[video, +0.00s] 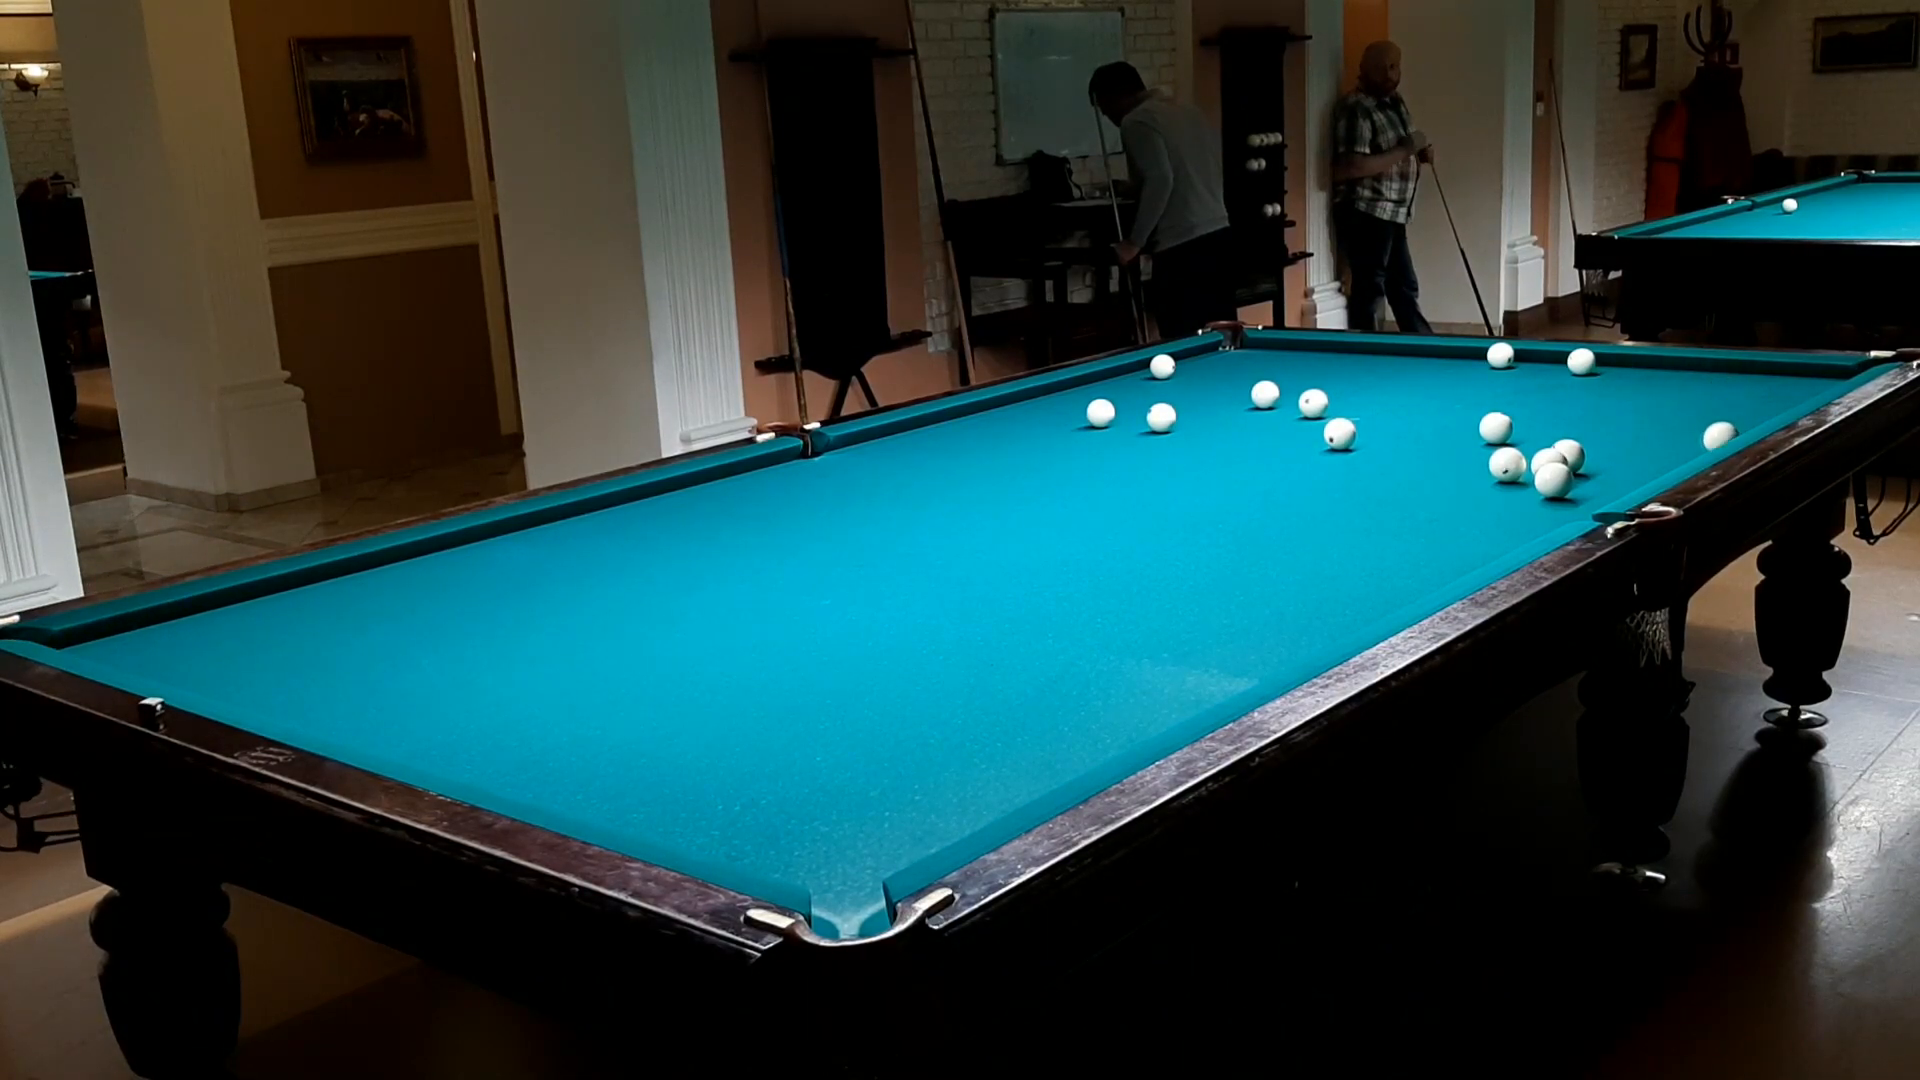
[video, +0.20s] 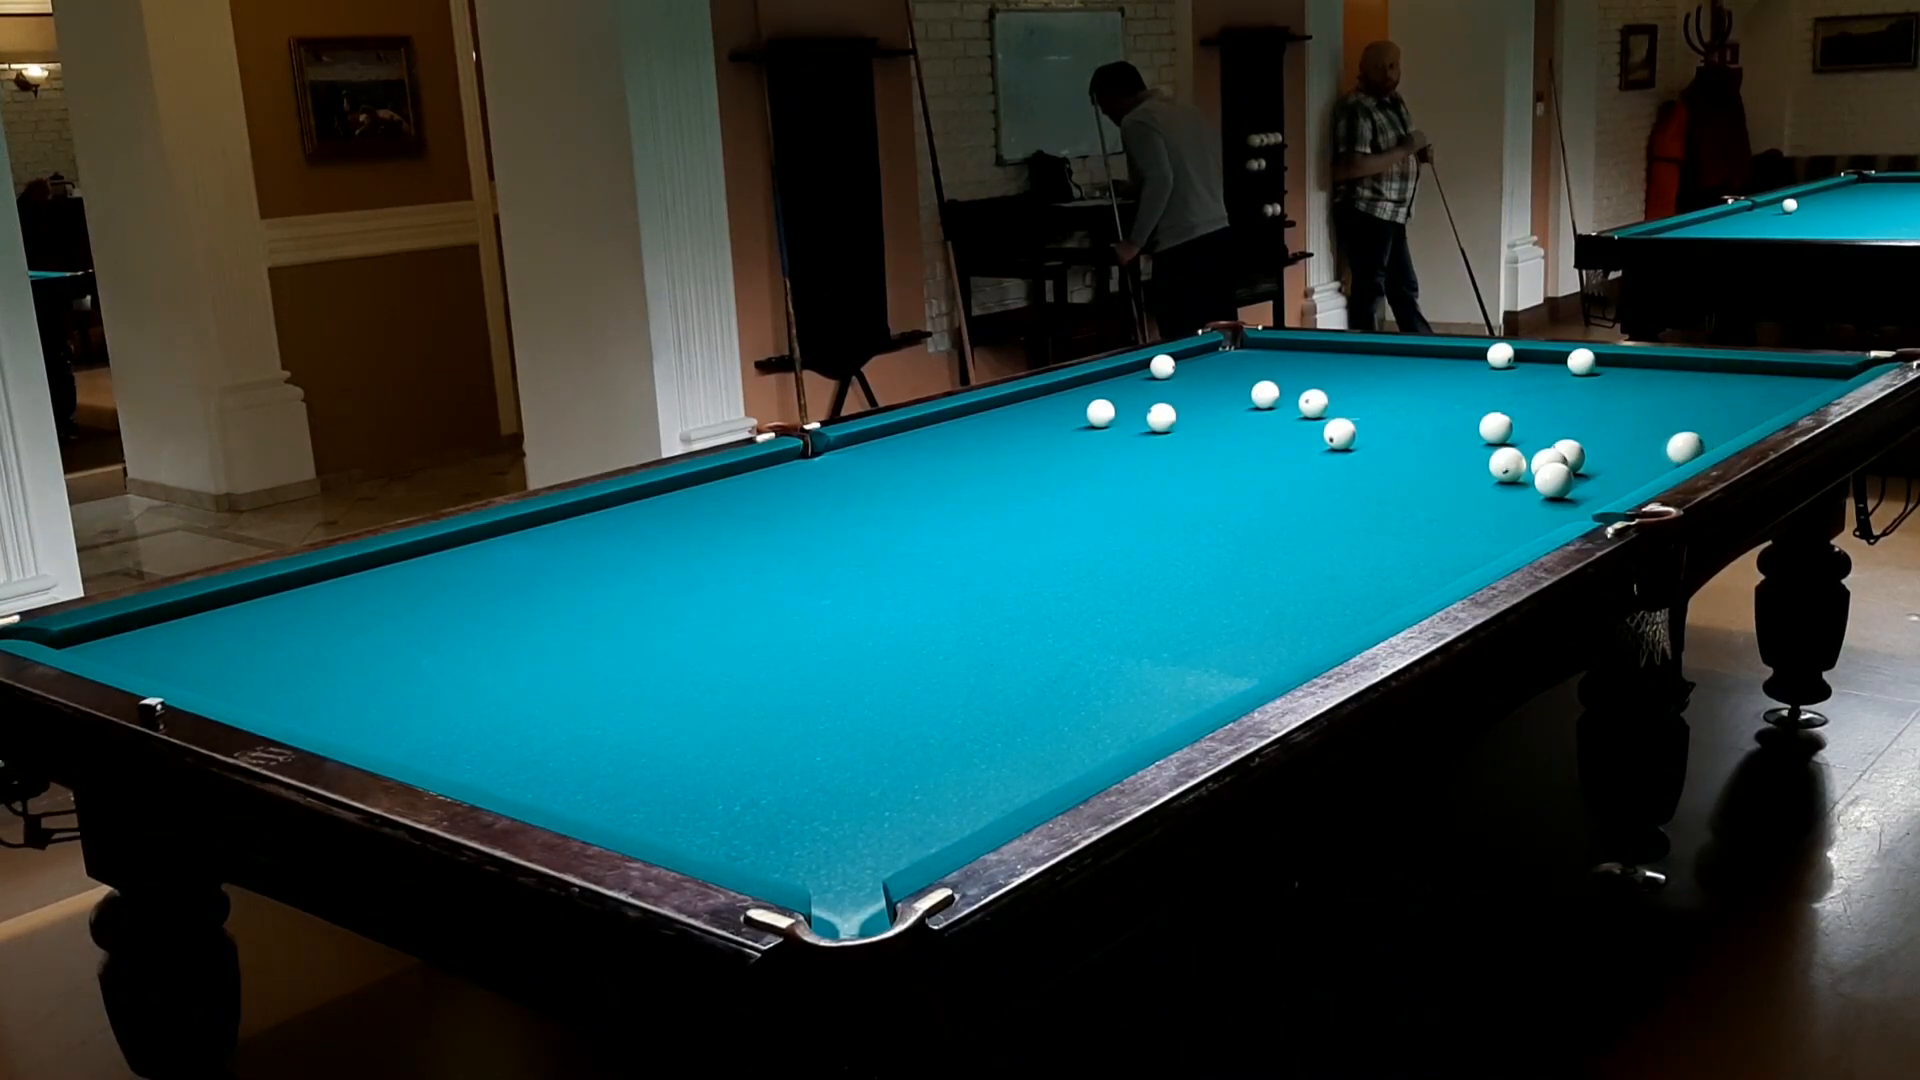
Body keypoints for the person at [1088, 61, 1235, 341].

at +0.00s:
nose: (1107, 116)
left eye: (1104, 107)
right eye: (1102, 109)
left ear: (1113, 99)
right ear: (1138, 86)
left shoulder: (1137, 122)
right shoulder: (1183, 110)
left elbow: (1159, 180)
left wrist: (1134, 243)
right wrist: (1138, 188)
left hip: (1182, 250)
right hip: (1220, 238)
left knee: (1180, 344)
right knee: (1220, 336)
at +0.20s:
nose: (1107, 114)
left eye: (1104, 106)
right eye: (1103, 108)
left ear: (1114, 99)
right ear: (1139, 86)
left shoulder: (1137, 122)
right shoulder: (1181, 109)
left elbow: (1159, 180)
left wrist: (1134, 243)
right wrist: (1137, 188)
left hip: (1182, 249)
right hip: (1219, 238)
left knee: (1181, 343)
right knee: (1221, 335)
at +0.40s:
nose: (1109, 112)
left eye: (1106, 104)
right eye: (1104, 106)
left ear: (1118, 96)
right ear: (1141, 84)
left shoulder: (1139, 122)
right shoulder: (1184, 109)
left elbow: (1159, 180)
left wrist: (1134, 243)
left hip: (1181, 250)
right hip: (1219, 238)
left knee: (1181, 344)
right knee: (1221, 335)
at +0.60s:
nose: (1111, 110)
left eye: (1109, 102)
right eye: (1107, 103)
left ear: (1120, 94)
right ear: (1144, 82)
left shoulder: (1140, 121)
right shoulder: (1188, 110)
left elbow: (1160, 181)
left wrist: (1134, 243)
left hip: (1180, 250)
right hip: (1219, 239)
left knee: (1181, 343)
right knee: (1220, 334)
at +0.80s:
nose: (1112, 109)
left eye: (1109, 100)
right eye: (1107, 102)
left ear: (1120, 94)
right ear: (1145, 82)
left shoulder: (1141, 122)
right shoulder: (1189, 110)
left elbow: (1160, 181)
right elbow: (1215, 174)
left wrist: (1133, 243)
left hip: (1180, 250)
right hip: (1219, 239)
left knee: (1180, 344)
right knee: (1220, 335)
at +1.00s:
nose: (1114, 108)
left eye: (1112, 100)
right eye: (1110, 101)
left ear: (1122, 92)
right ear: (1148, 81)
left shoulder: (1142, 121)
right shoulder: (1192, 110)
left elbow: (1160, 181)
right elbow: (1216, 176)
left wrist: (1133, 243)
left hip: (1179, 250)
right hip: (1220, 239)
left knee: (1180, 343)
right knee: (1220, 335)